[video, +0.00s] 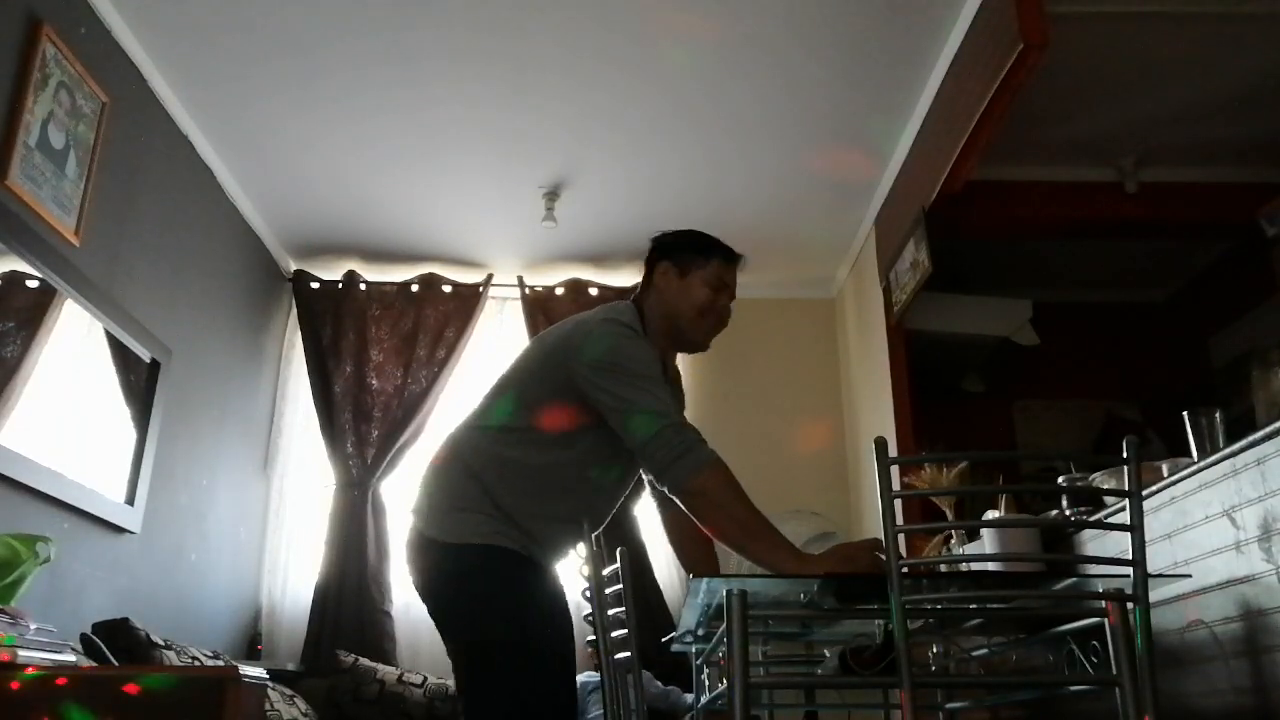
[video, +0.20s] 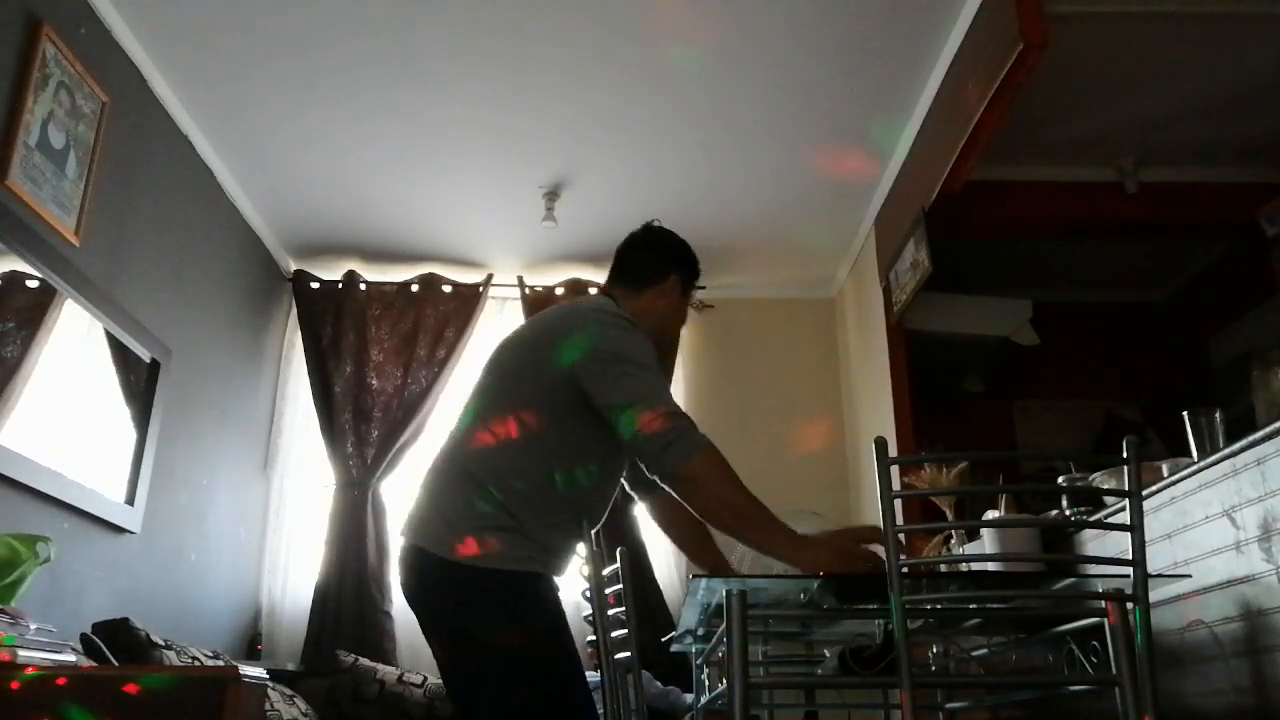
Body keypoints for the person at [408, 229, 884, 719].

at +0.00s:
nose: (727, 308)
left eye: (731, 297)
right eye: (717, 289)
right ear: (663, 276)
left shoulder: (654, 369)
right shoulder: (610, 340)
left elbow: (680, 499)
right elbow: (691, 473)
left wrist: (718, 603)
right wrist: (803, 564)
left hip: (515, 547)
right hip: (472, 538)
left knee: (542, 702)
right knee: (520, 703)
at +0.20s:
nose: (685, 325)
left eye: (690, 308)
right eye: (689, 305)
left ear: (626, 281)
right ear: (668, 290)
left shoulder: (579, 335)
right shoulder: (599, 333)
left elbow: (656, 487)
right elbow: (682, 456)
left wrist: (722, 579)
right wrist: (799, 547)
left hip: (470, 563)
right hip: (484, 566)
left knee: (520, 714)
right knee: (555, 713)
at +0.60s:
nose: (602, 213)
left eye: (603, 205)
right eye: (604, 204)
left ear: (531, 189)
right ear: (593, 196)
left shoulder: (472, 245)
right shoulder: (584, 226)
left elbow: (469, 361)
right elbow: (613, 360)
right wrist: (640, 369)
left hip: (429, 489)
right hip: (510, 488)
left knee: (469, 681)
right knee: (521, 682)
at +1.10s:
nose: (529, 258)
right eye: (531, 250)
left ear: (459, 241)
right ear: (526, 245)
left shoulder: (403, 290)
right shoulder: (540, 273)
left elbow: (305, 366)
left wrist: (274, 481)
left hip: (375, 522)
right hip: (477, 515)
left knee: (395, 695)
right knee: (476, 695)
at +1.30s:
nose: (501, 277)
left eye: (499, 272)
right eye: (501, 270)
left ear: (426, 265)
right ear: (491, 265)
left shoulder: (367, 318)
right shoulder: (514, 298)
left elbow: (337, 424)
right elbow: (567, 374)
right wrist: (519, 436)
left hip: (363, 524)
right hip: (462, 524)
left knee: (365, 687)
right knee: (462, 691)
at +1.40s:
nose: (492, 281)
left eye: (490, 277)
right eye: (492, 275)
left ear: (421, 272)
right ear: (485, 270)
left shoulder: (372, 320)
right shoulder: (506, 302)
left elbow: (340, 418)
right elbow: (561, 377)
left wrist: (362, 475)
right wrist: (526, 448)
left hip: (365, 522)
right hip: (464, 524)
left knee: (366, 680)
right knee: (470, 684)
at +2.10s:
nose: (562, 345)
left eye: (562, 338)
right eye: (562, 337)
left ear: (504, 327)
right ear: (551, 331)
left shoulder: (444, 371)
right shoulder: (556, 363)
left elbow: (413, 469)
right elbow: (595, 463)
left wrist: (469, 487)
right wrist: (626, 479)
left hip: (435, 571)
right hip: (511, 573)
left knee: (472, 705)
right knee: (528, 709)